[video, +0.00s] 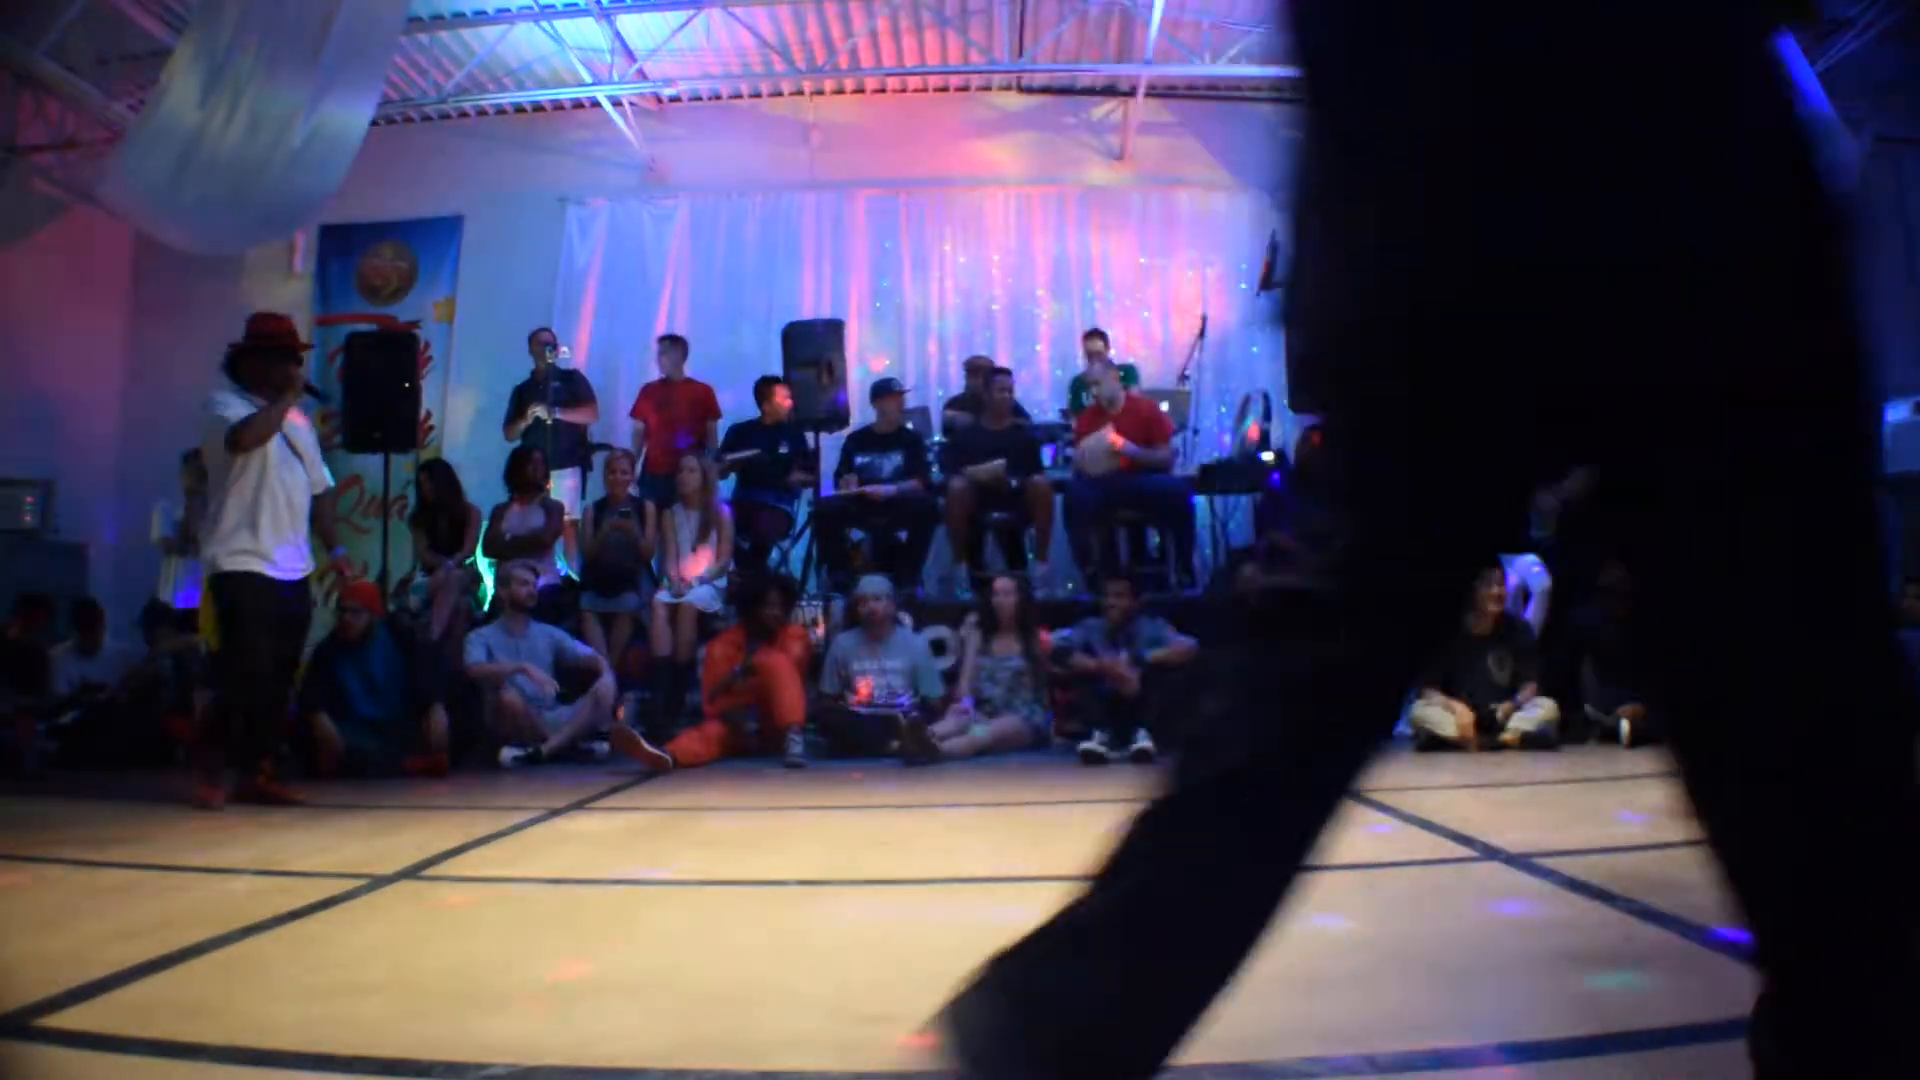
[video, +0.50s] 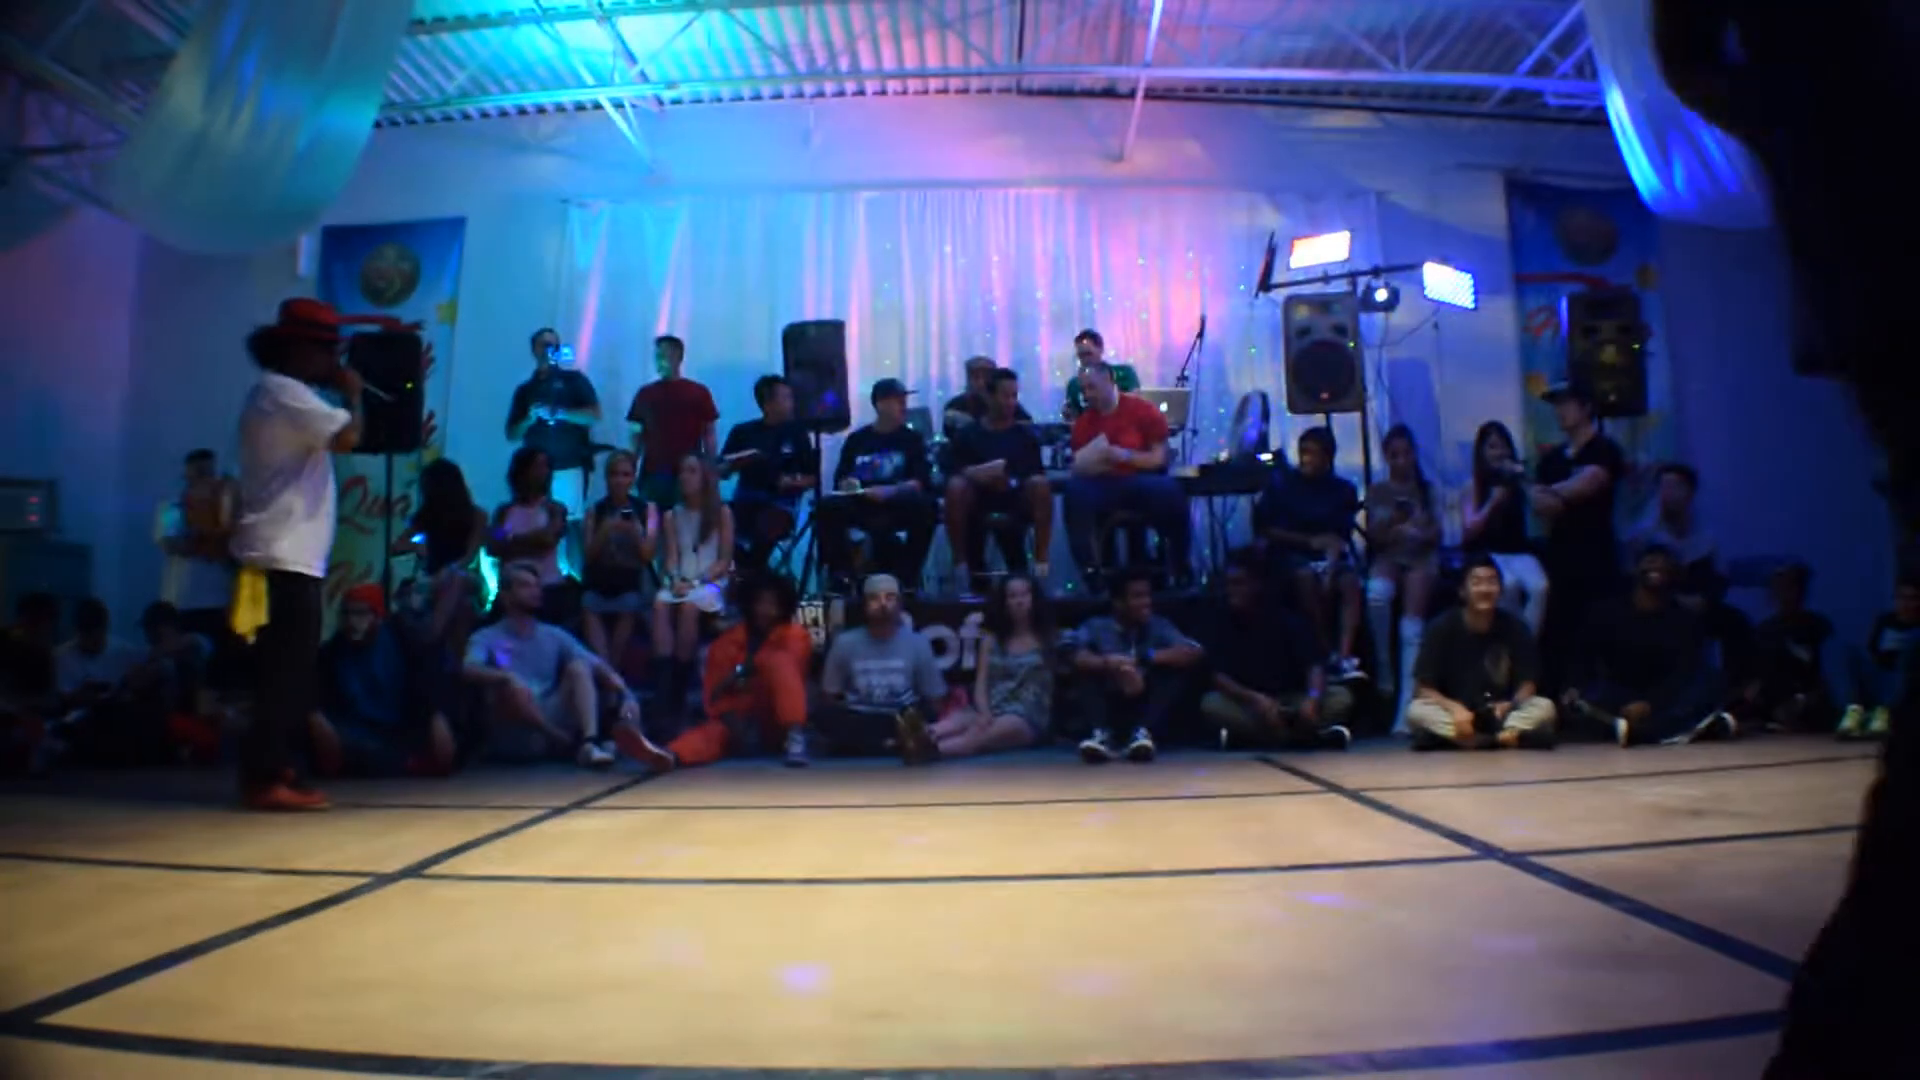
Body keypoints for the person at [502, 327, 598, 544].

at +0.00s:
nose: (547, 350)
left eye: (551, 345)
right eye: (542, 346)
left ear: (557, 349)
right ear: (531, 351)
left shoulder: (573, 379)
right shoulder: (523, 389)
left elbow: (591, 414)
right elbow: (509, 434)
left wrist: (554, 413)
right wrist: (526, 420)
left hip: (567, 464)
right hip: (534, 467)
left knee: (568, 525)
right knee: (534, 526)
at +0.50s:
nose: (549, 350)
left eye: (553, 345)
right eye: (543, 346)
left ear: (559, 349)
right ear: (534, 350)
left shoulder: (575, 380)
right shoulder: (525, 390)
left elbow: (594, 415)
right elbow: (512, 433)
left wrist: (560, 414)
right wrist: (530, 419)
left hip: (570, 463)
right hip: (537, 466)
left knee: (570, 523)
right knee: (536, 524)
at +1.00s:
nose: (551, 350)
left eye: (555, 345)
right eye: (546, 345)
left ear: (562, 349)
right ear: (536, 350)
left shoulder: (577, 379)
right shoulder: (529, 383)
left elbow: (596, 414)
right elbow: (504, 415)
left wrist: (566, 391)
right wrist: (523, 382)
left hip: (570, 464)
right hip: (537, 465)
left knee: (570, 524)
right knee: (535, 524)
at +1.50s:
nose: (553, 351)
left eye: (558, 346)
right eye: (548, 347)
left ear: (567, 349)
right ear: (541, 350)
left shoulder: (581, 380)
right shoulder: (533, 382)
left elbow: (594, 408)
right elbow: (506, 383)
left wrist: (566, 374)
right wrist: (537, 358)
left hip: (572, 459)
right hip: (538, 459)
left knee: (570, 520)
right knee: (535, 518)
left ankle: (571, 575)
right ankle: (536, 578)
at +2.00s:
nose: (555, 353)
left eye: (561, 348)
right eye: (550, 348)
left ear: (569, 351)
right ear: (542, 350)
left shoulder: (583, 380)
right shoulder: (534, 382)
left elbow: (593, 408)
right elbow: (507, 385)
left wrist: (565, 375)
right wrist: (533, 357)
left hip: (572, 461)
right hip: (538, 461)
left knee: (572, 523)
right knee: (535, 520)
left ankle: (573, 577)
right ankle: (537, 578)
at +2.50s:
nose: (547, 352)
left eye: (551, 346)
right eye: (541, 348)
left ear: (561, 347)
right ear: (536, 352)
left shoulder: (580, 378)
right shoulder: (529, 386)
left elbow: (599, 413)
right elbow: (514, 429)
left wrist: (574, 387)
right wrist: (525, 413)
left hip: (571, 462)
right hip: (539, 465)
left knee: (570, 523)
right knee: (539, 523)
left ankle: (572, 577)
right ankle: (543, 578)